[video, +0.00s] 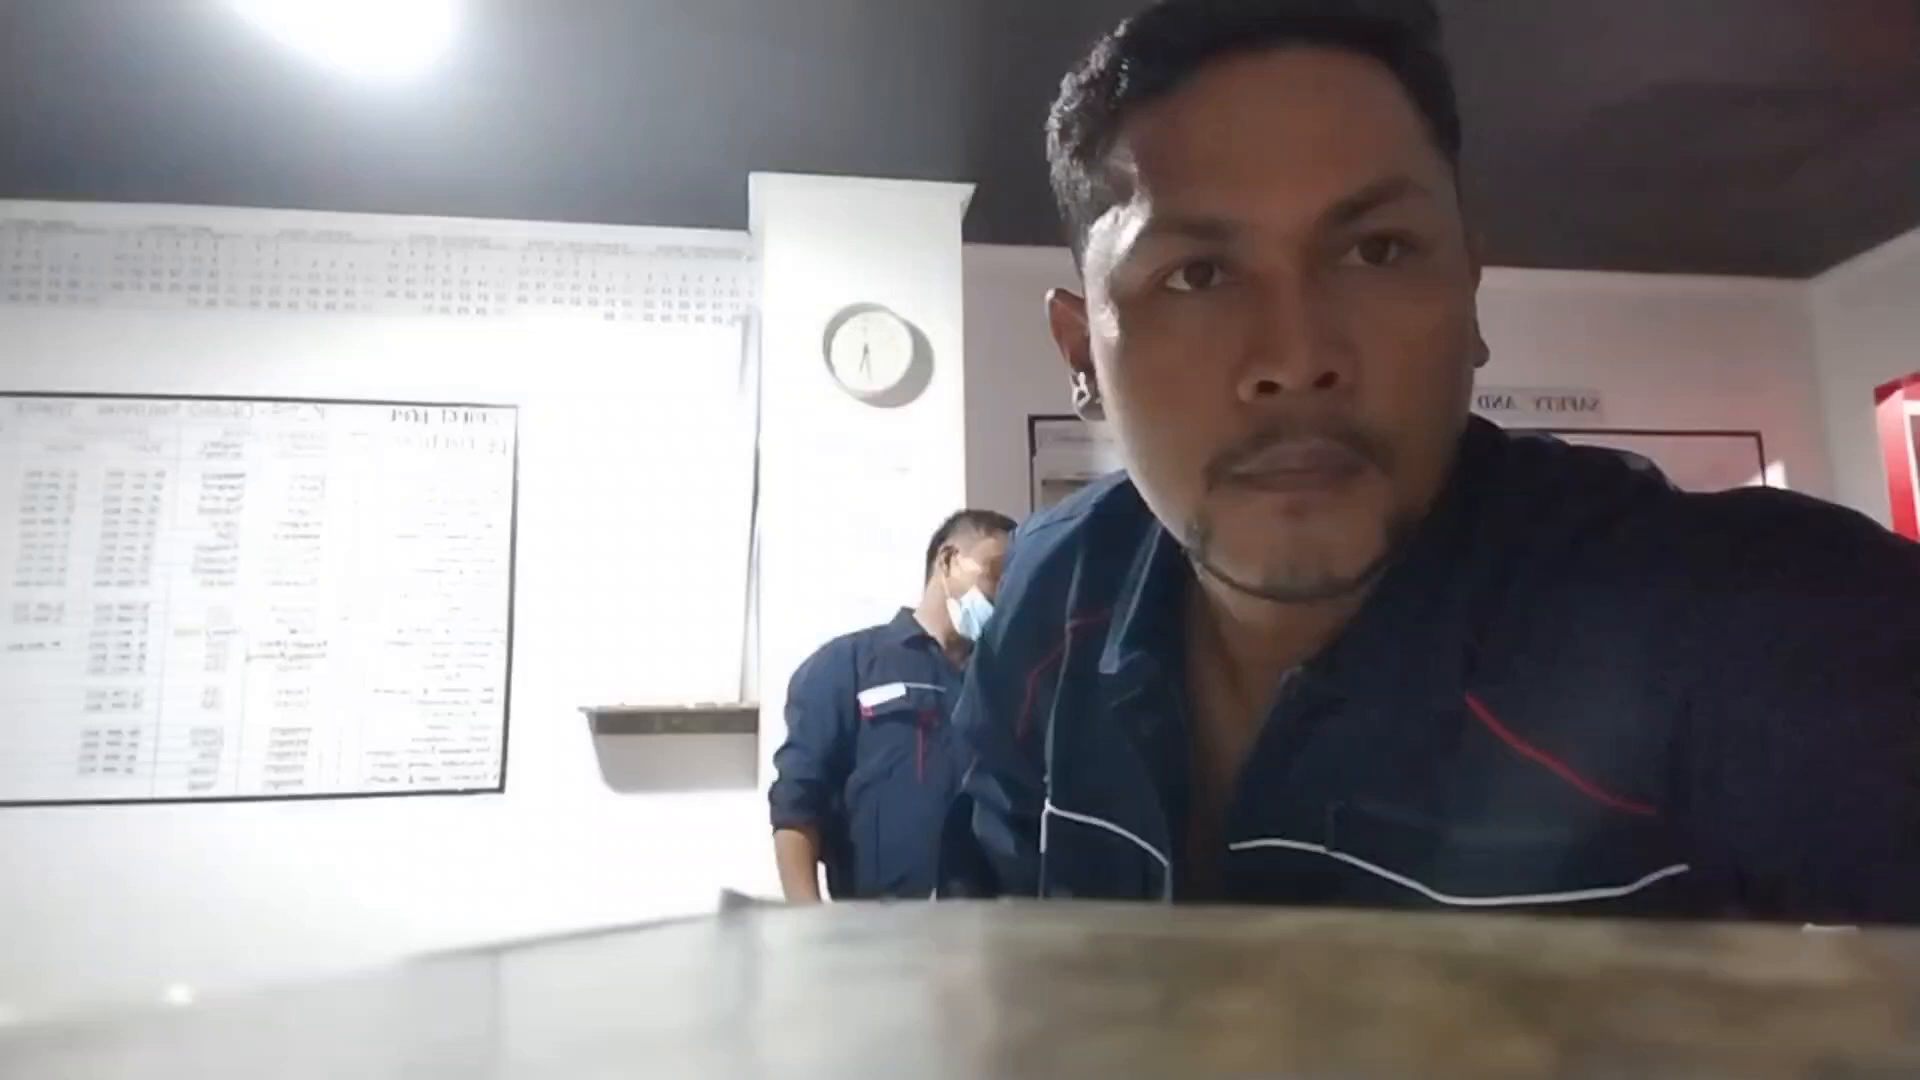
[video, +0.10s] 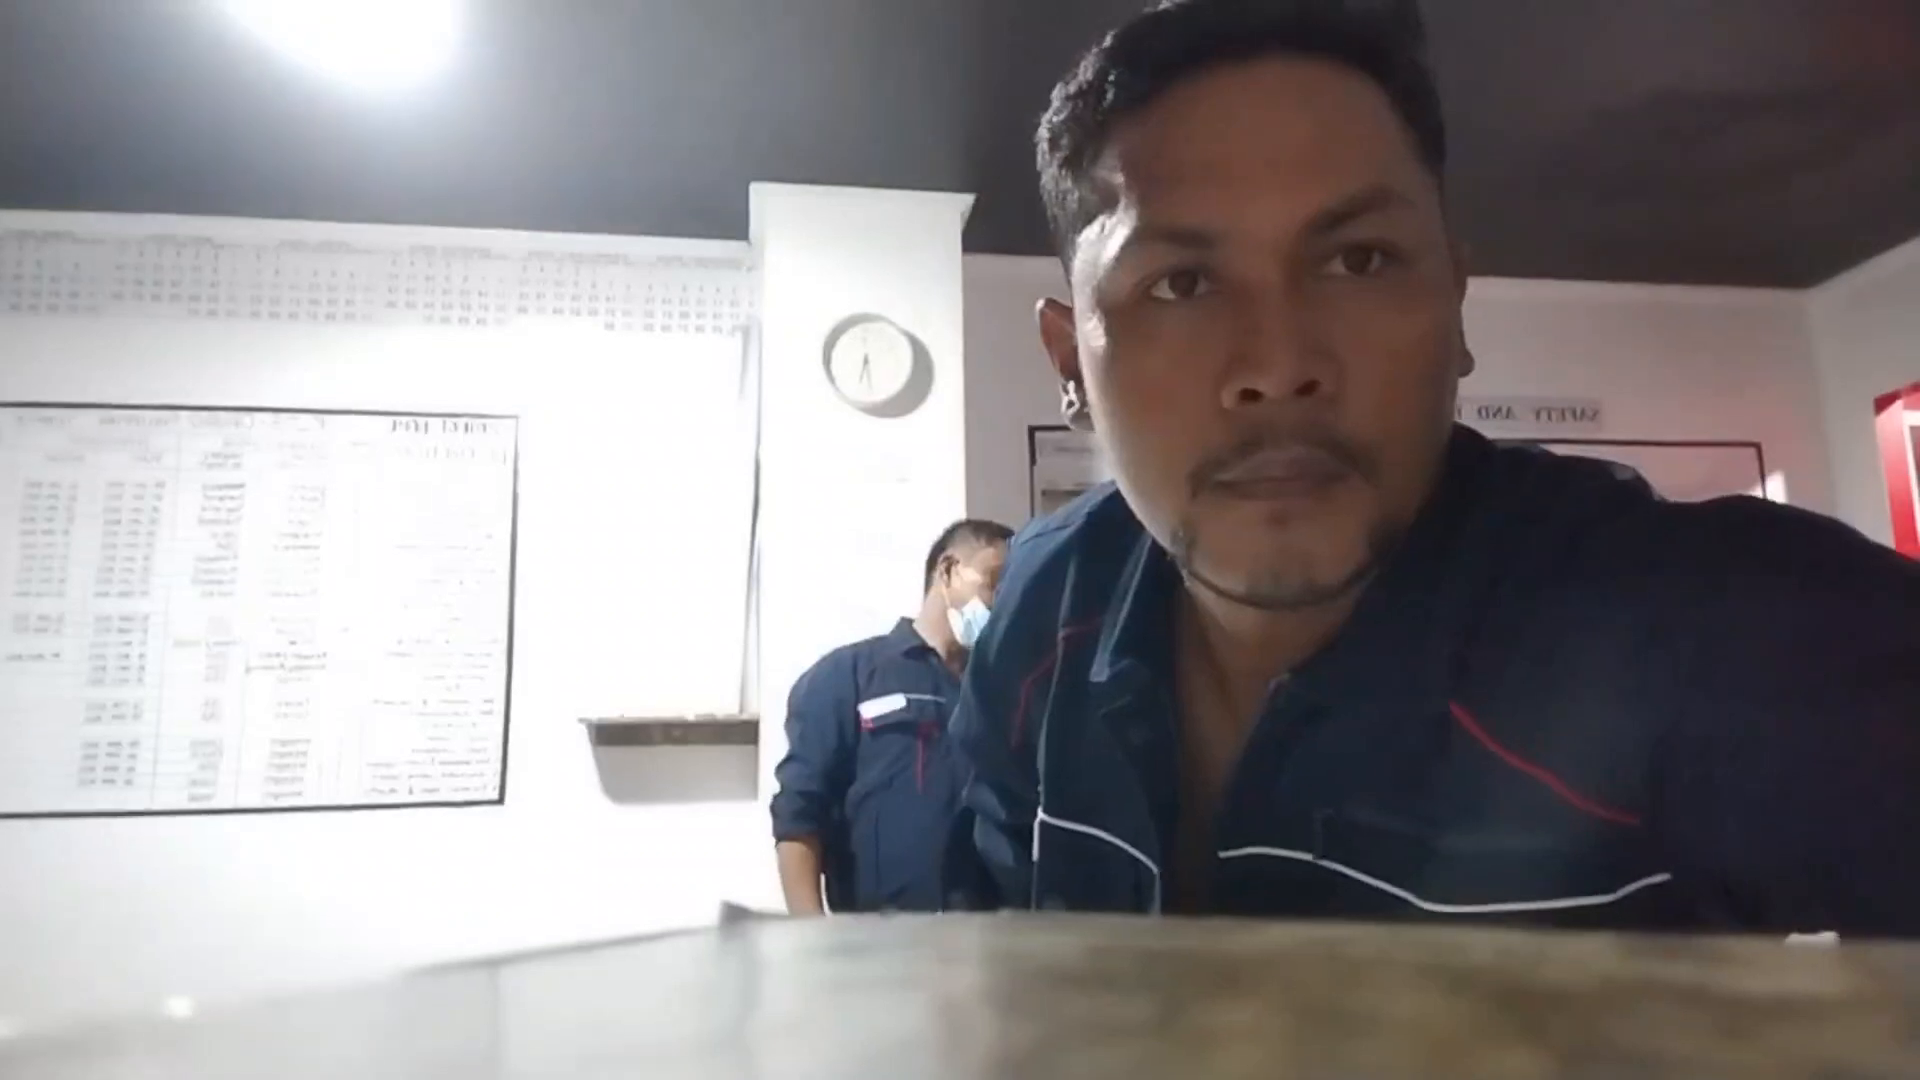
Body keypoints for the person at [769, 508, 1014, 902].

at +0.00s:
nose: (1002, 590)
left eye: (1009, 577)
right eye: (992, 571)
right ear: (945, 562)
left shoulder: (1013, 684)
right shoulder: (844, 667)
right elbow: (795, 805)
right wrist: (812, 931)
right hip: (876, 938)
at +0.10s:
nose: (1000, 599)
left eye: (1008, 587)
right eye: (991, 580)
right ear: (945, 571)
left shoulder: (1012, 695)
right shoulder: (844, 678)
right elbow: (797, 815)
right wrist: (814, 942)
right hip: (877, 945)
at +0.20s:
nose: (996, 594)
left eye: (1003, 582)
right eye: (986, 576)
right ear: (940, 568)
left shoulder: (1010, 690)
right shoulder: (842, 678)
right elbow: (798, 816)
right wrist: (821, 941)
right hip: (878, 941)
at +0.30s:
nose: (991, 593)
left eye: (997, 582)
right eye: (981, 577)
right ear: (935, 573)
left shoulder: (1008, 692)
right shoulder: (841, 682)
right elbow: (801, 822)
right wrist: (827, 943)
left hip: (990, 940)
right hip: (877, 942)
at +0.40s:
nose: (991, 585)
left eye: (996, 571)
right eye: (980, 569)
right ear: (937, 573)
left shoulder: (1011, 690)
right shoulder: (841, 680)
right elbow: (798, 818)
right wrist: (825, 939)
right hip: (875, 940)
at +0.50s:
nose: (986, 587)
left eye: (992, 573)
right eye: (975, 569)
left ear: (1006, 582)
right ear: (943, 572)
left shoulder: (1012, 690)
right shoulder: (841, 678)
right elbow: (794, 814)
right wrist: (815, 938)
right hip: (864, 942)